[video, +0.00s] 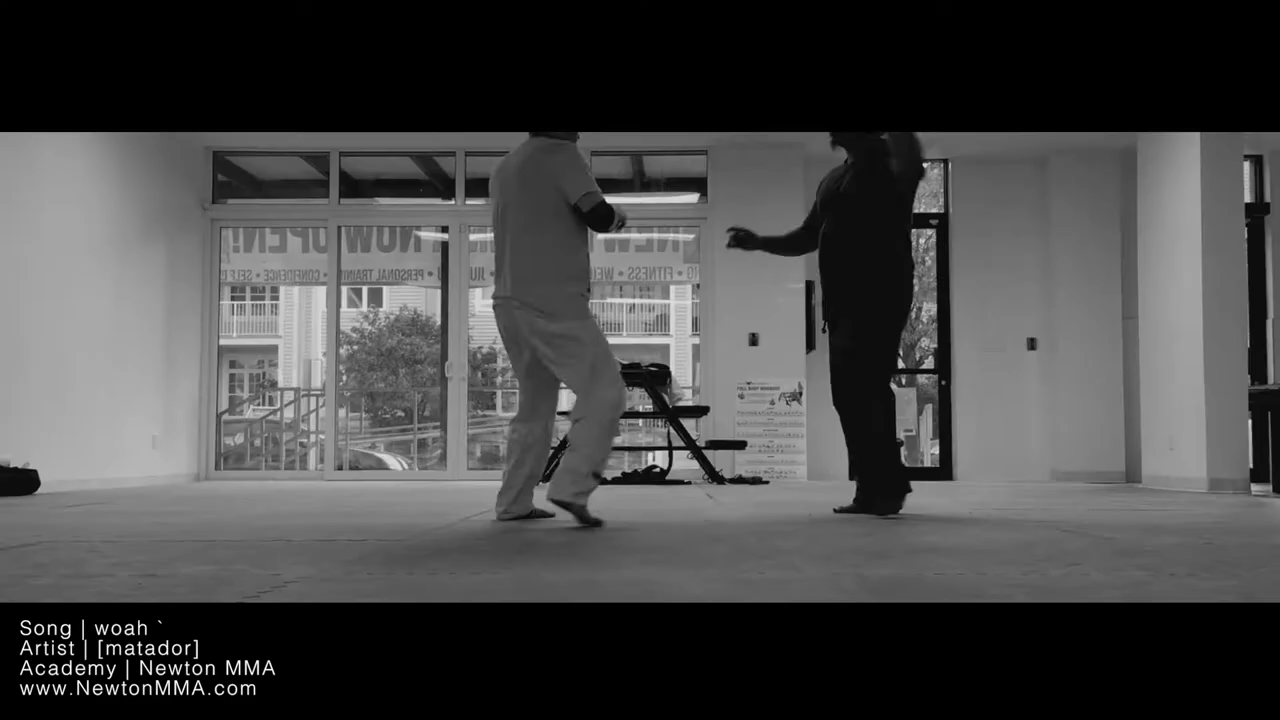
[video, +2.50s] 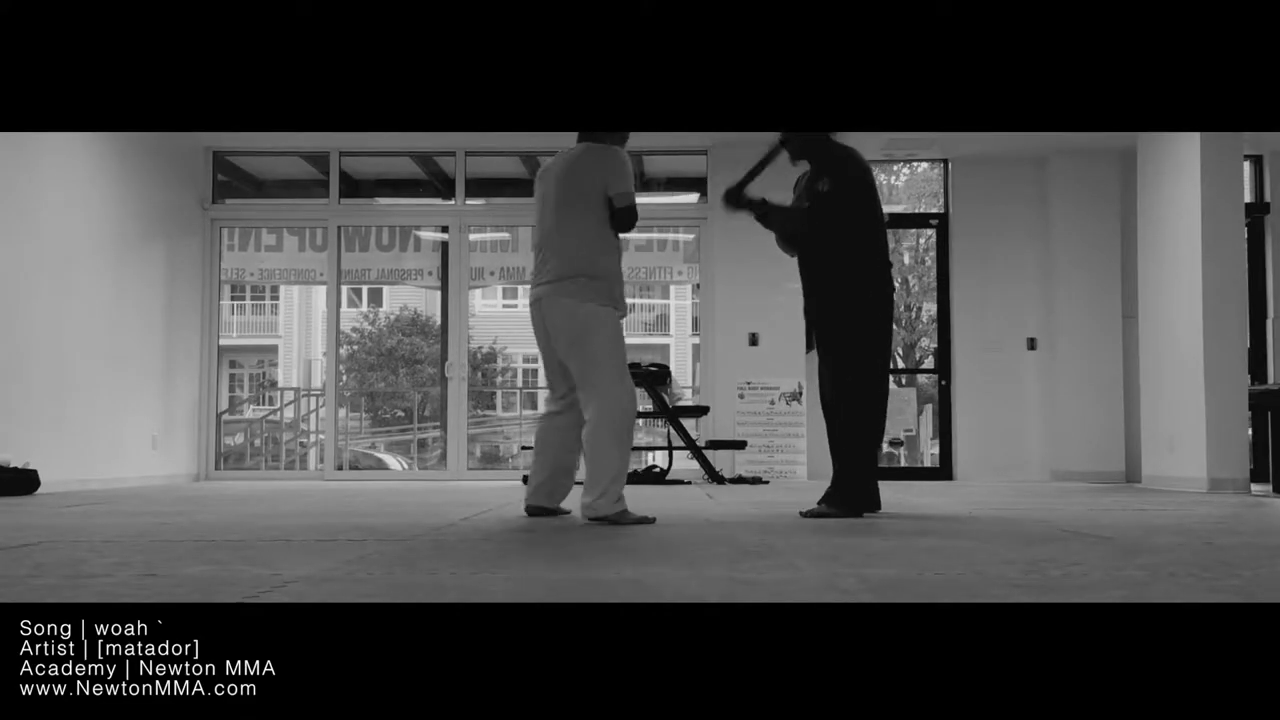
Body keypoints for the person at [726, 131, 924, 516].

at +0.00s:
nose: (834, 135)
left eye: (840, 133)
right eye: (838, 134)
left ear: (864, 132)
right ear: (845, 139)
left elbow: (910, 156)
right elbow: (807, 237)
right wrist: (759, 242)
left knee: (871, 390)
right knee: (848, 395)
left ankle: (889, 487)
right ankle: (870, 491)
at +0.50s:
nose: (818, 143)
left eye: (822, 139)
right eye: (821, 142)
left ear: (832, 133)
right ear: (862, 129)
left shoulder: (845, 150)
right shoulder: (873, 158)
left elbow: (778, 174)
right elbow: (844, 236)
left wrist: (719, 198)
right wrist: (805, 216)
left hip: (851, 299)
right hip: (875, 296)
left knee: (845, 395)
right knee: (870, 394)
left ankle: (852, 499)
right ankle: (878, 496)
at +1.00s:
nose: (814, 139)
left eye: (818, 136)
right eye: (814, 137)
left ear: (835, 129)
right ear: (832, 138)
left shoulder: (868, 148)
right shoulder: (832, 168)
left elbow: (816, 157)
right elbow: (810, 232)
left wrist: (754, 148)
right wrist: (771, 225)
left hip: (859, 300)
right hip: (838, 301)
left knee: (850, 399)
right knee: (854, 398)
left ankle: (854, 499)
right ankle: (873, 492)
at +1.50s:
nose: (808, 136)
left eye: (812, 133)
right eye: (809, 134)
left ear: (826, 128)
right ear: (840, 127)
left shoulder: (852, 151)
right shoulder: (848, 158)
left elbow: (797, 185)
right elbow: (820, 234)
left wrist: (736, 158)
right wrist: (770, 213)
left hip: (854, 299)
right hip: (849, 298)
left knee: (843, 394)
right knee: (848, 394)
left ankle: (853, 499)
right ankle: (858, 489)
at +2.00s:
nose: (792, 148)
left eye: (793, 141)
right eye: (791, 144)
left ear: (808, 138)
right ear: (830, 134)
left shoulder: (845, 160)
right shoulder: (833, 181)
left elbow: (786, 167)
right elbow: (814, 262)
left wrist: (728, 169)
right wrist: (788, 233)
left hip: (848, 312)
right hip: (842, 312)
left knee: (841, 403)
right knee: (843, 404)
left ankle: (841, 498)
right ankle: (849, 496)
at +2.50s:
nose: (785, 148)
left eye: (788, 139)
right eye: (784, 141)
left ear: (806, 135)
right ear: (807, 140)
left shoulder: (841, 166)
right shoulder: (809, 178)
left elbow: (813, 227)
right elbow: (798, 242)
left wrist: (756, 205)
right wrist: (772, 216)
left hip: (857, 308)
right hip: (833, 309)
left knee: (852, 397)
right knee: (839, 398)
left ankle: (852, 495)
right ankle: (851, 493)